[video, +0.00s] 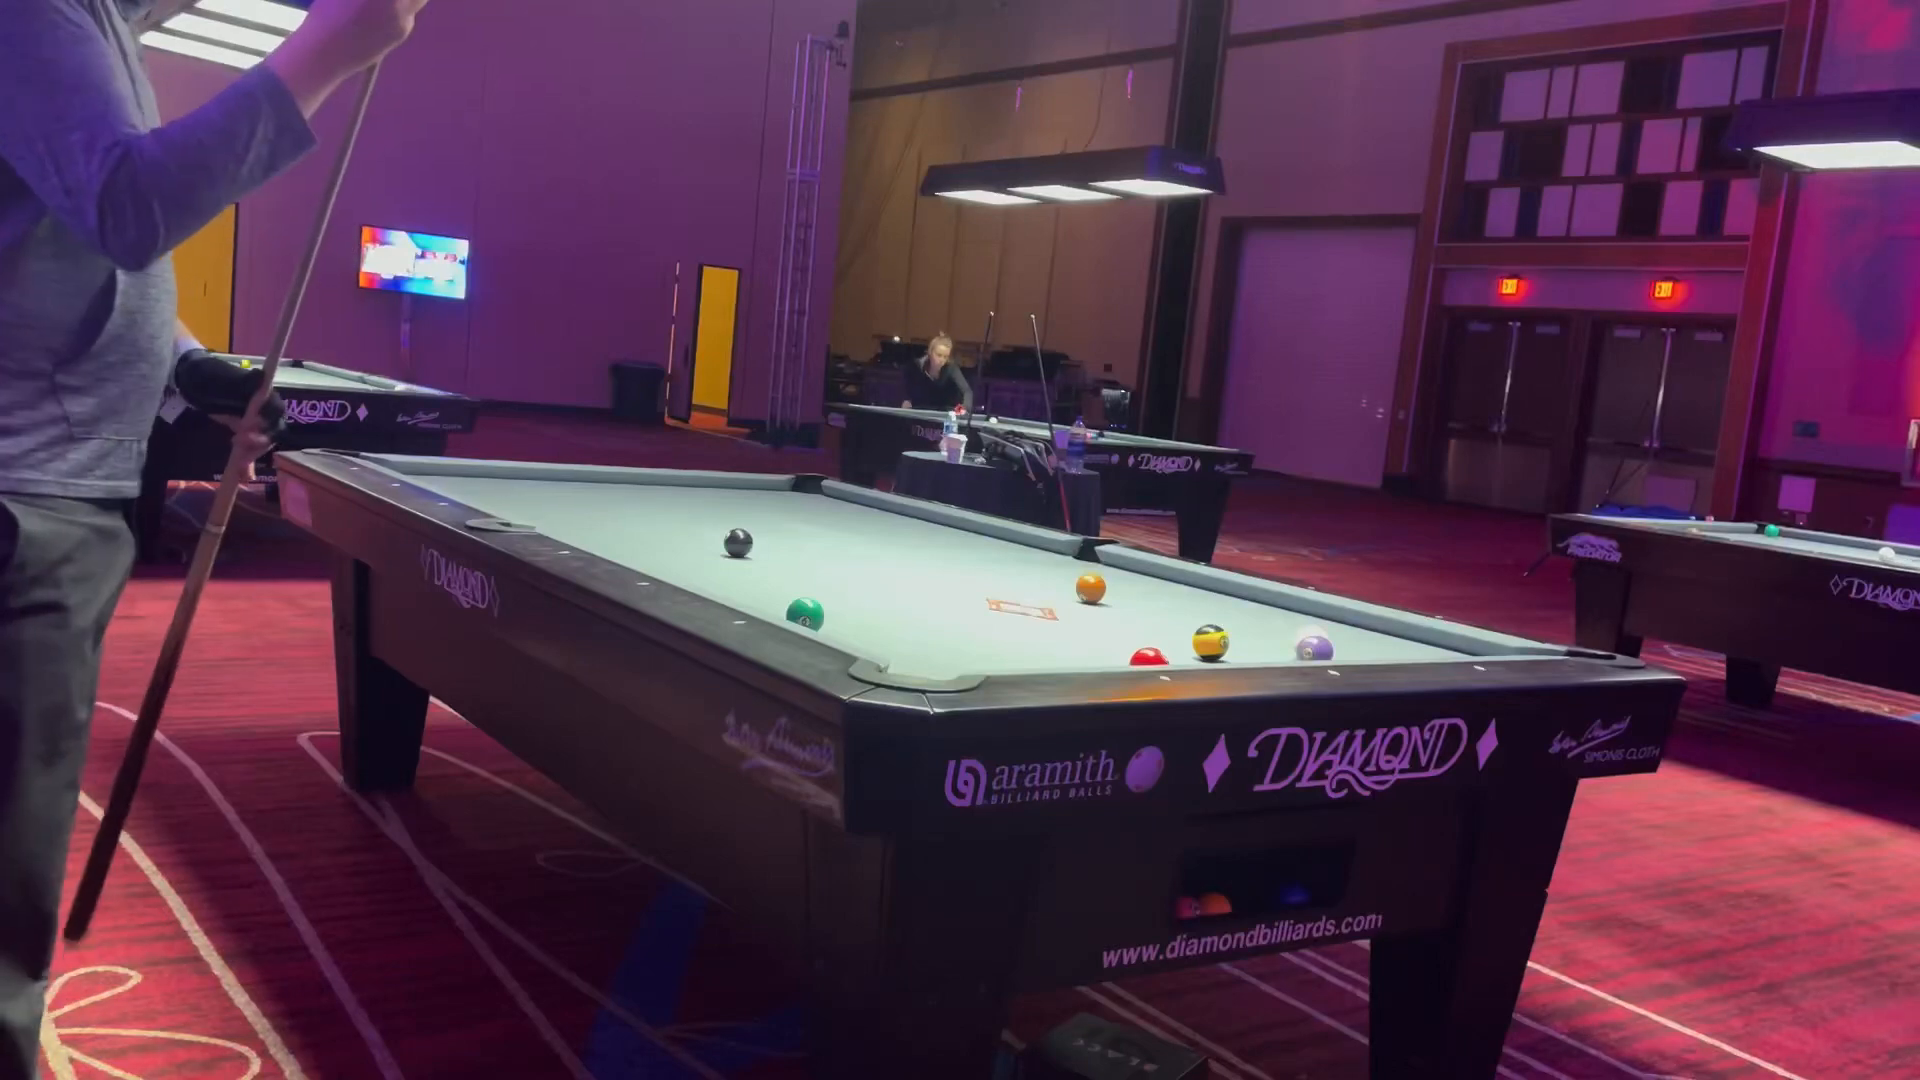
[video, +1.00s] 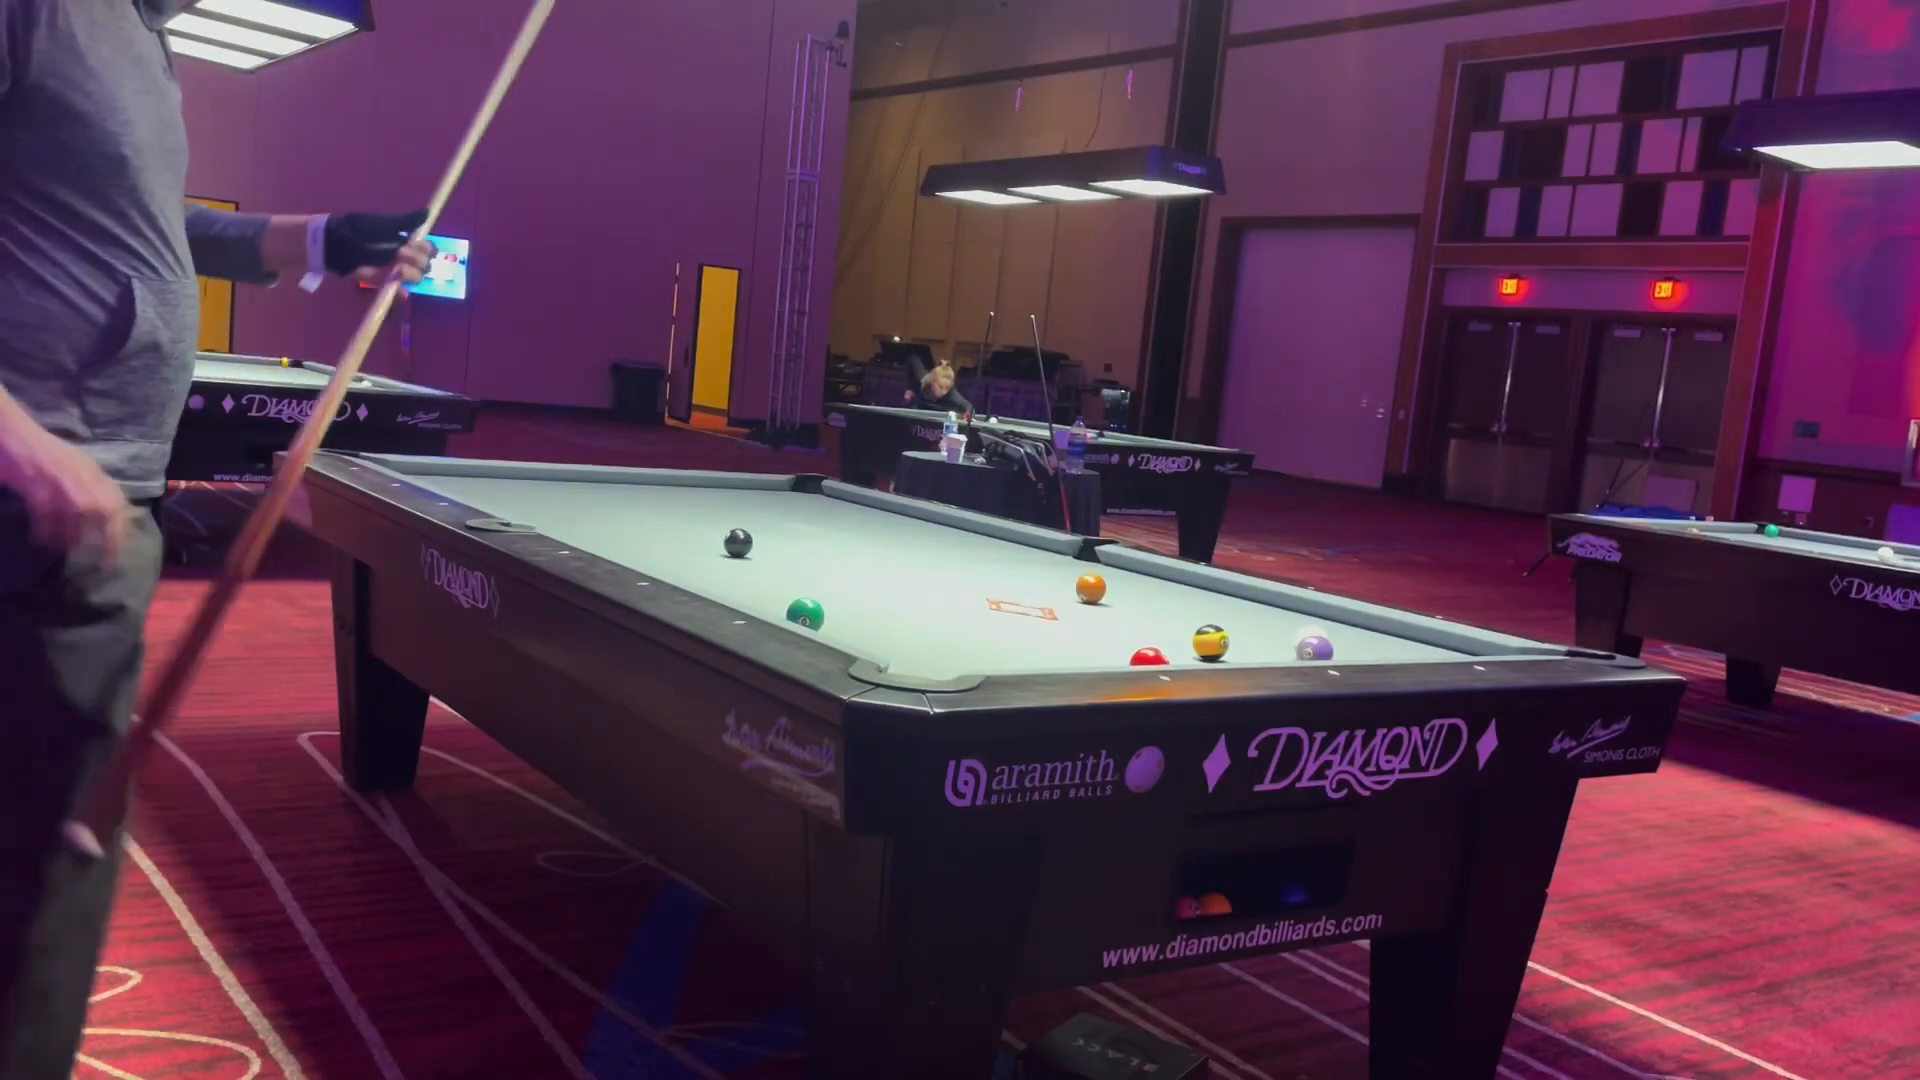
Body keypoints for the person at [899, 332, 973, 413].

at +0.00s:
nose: (942, 360)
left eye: (945, 357)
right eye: (938, 355)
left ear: (948, 357)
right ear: (930, 352)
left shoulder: (950, 369)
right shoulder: (915, 365)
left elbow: (966, 391)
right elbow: (904, 381)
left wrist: (964, 409)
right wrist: (905, 399)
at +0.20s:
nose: (944, 369)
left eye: (947, 365)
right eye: (941, 364)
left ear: (950, 365)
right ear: (932, 359)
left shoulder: (952, 374)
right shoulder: (916, 367)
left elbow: (966, 396)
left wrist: (966, 412)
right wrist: (907, 392)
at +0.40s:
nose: (944, 374)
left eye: (948, 371)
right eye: (942, 369)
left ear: (951, 370)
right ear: (933, 364)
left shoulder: (953, 380)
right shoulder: (918, 369)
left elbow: (966, 397)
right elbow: (909, 364)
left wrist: (965, 412)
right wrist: (908, 389)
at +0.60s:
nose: (944, 381)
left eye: (948, 377)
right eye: (942, 376)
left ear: (951, 377)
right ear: (934, 370)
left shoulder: (952, 385)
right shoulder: (920, 372)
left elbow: (966, 400)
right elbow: (911, 361)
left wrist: (966, 412)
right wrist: (908, 388)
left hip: (944, 409)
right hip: (920, 403)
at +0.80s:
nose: (943, 388)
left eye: (947, 384)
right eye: (941, 383)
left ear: (950, 384)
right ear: (933, 377)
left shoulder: (951, 390)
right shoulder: (921, 376)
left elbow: (967, 404)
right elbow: (911, 360)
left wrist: (967, 413)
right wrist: (908, 388)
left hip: (942, 411)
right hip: (920, 406)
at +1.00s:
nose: (943, 392)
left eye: (946, 389)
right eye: (941, 387)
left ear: (949, 388)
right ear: (932, 380)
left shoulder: (951, 396)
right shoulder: (920, 381)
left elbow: (968, 406)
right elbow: (912, 359)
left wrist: (966, 414)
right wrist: (909, 388)